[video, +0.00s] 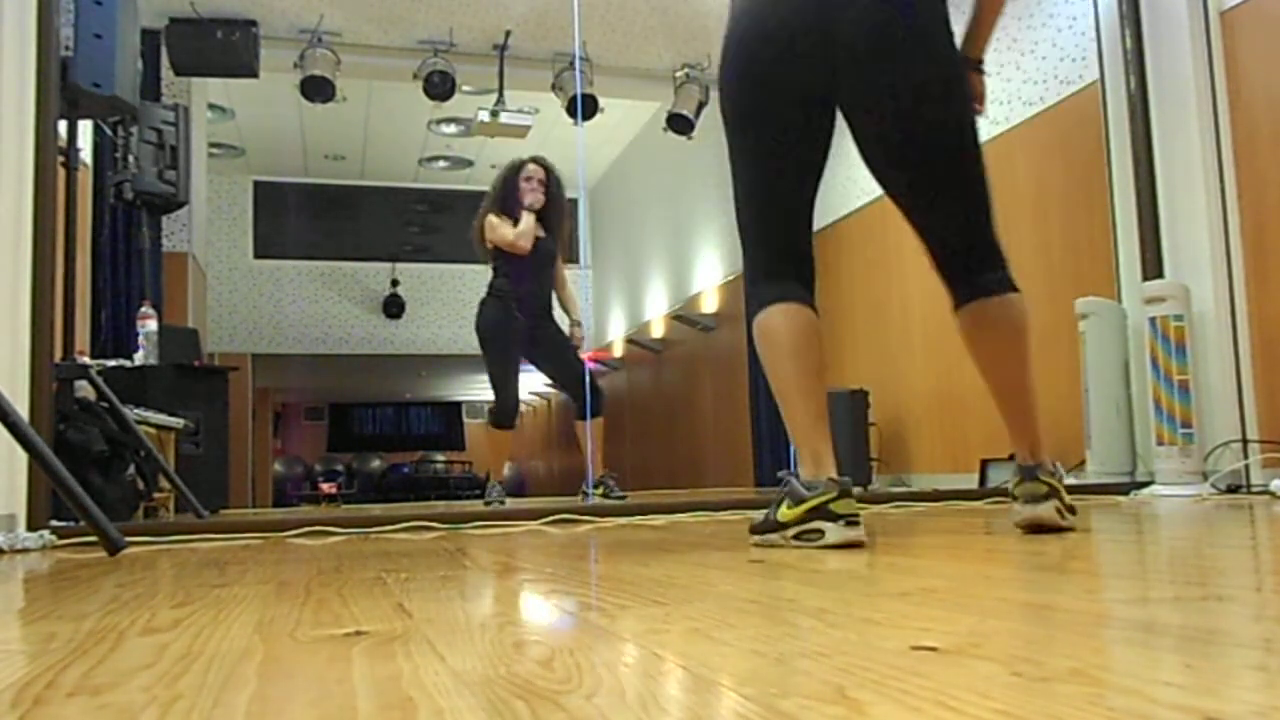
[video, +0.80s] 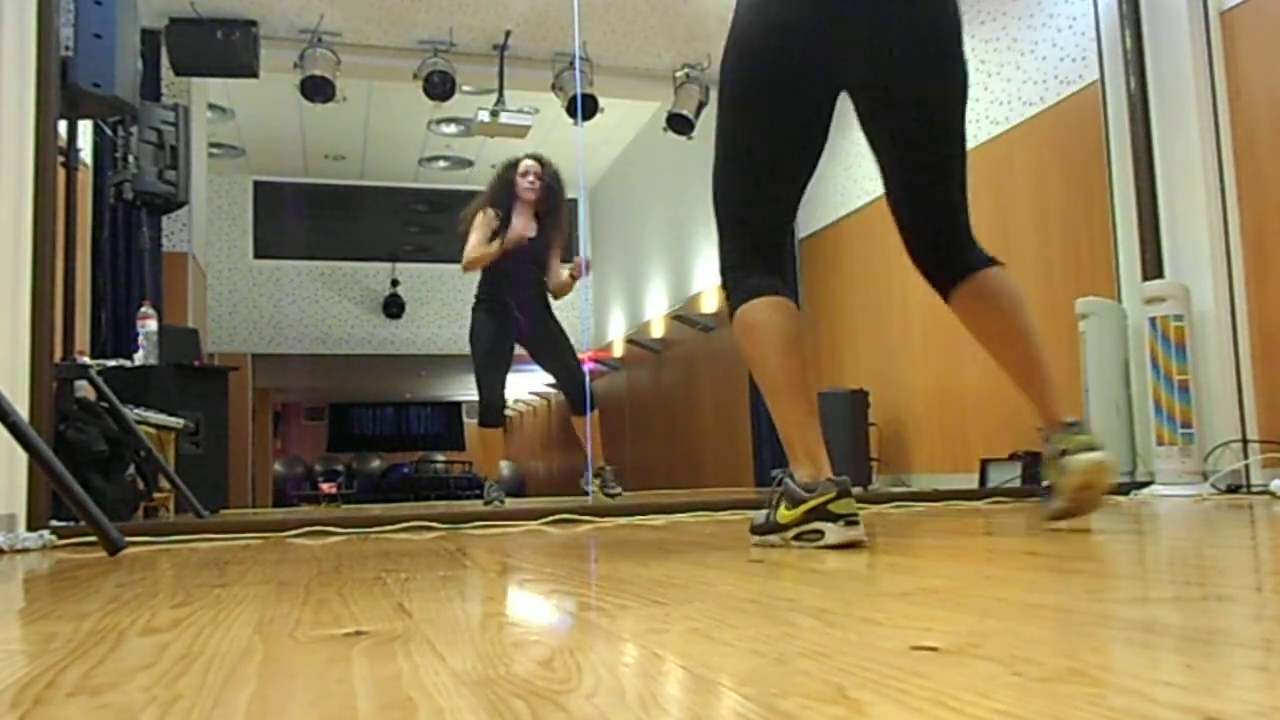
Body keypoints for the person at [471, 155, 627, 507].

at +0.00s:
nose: (536, 188)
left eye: (541, 183)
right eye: (529, 180)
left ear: (548, 193)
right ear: (512, 184)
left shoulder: (548, 235)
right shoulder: (493, 221)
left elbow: (561, 280)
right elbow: (520, 243)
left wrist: (575, 318)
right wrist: (528, 211)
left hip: (540, 323)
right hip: (501, 318)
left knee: (588, 391)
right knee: (507, 403)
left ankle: (595, 479)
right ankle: (496, 483)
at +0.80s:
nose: (531, 181)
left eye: (538, 177)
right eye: (525, 175)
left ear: (546, 187)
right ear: (511, 181)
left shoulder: (550, 229)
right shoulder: (491, 215)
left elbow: (556, 288)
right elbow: (469, 261)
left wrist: (573, 276)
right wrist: (507, 242)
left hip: (536, 313)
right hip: (493, 313)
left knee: (578, 386)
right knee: (491, 398)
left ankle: (597, 470)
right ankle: (493, 483)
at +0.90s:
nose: (539, 188)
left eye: (545, 183)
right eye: (532, 183)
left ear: (554, 194)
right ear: (519, 191)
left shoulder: (563, 235)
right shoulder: (502, 229)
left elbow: (572, 296)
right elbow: (472, 277)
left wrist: (569, 275)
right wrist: (490, 282)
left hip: (540, 325)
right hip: (497, 323)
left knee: (577, 396)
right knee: (487, 401)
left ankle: (604, 473)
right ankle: (491, 484)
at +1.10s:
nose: (554, 199)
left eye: (560, 194)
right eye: (548, 194)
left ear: (570, 203)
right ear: (536, 202)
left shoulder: (587, 244)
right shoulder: (522, 245)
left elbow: (602, 299)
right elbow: (502, 296)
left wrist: (587, 310)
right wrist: (497, 328)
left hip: (568, 334)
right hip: (525, 334)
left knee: (590, 403)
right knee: (489, 399)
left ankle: (599, 480)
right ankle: (493, 483)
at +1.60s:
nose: (577, 174)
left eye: (583, 169)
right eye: (570, 169)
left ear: (591, 178)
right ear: (557, 178)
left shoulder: (609, 213)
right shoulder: (547, 221)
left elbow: (639, 263)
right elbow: (535, 268)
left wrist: (633, 302)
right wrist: (534, 291)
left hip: (609, 312)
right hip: (566, 312)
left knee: (604, 394)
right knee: (525, 379)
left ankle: (602, 479)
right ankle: (512, 469)